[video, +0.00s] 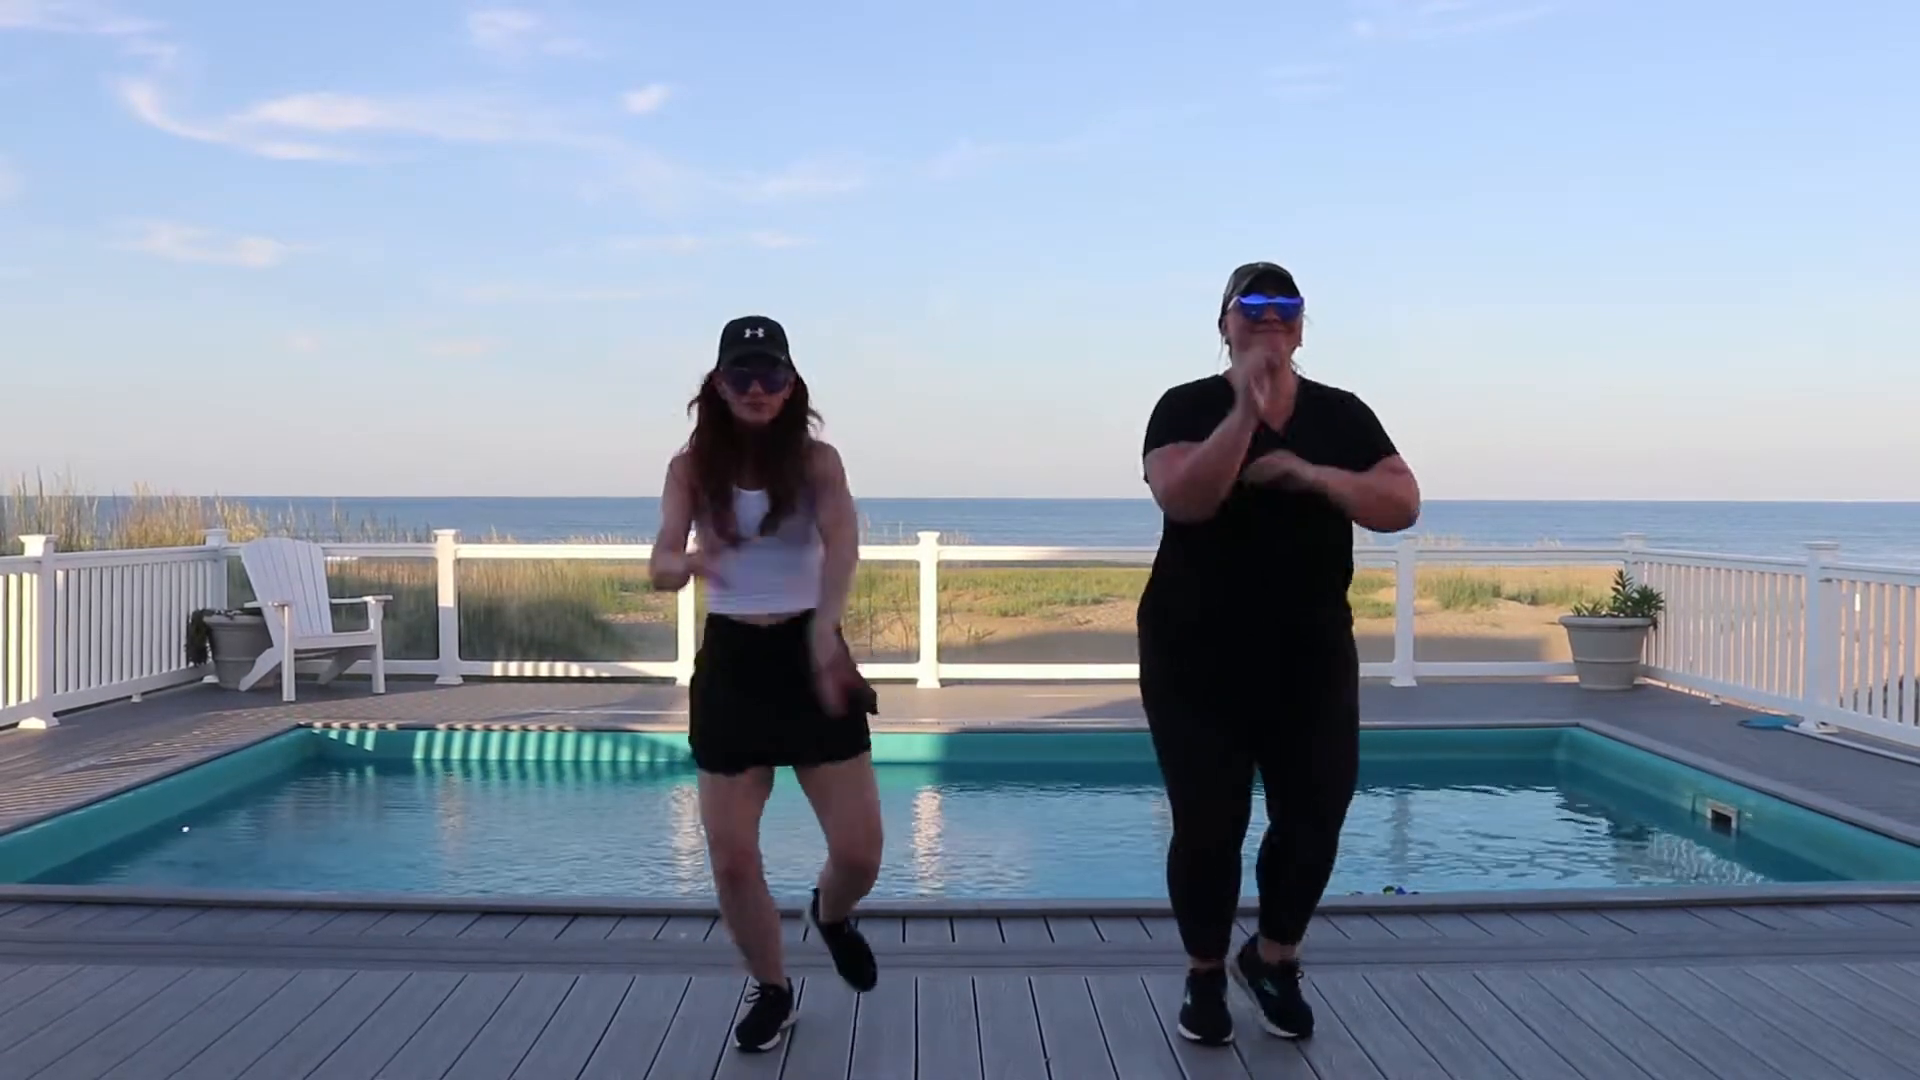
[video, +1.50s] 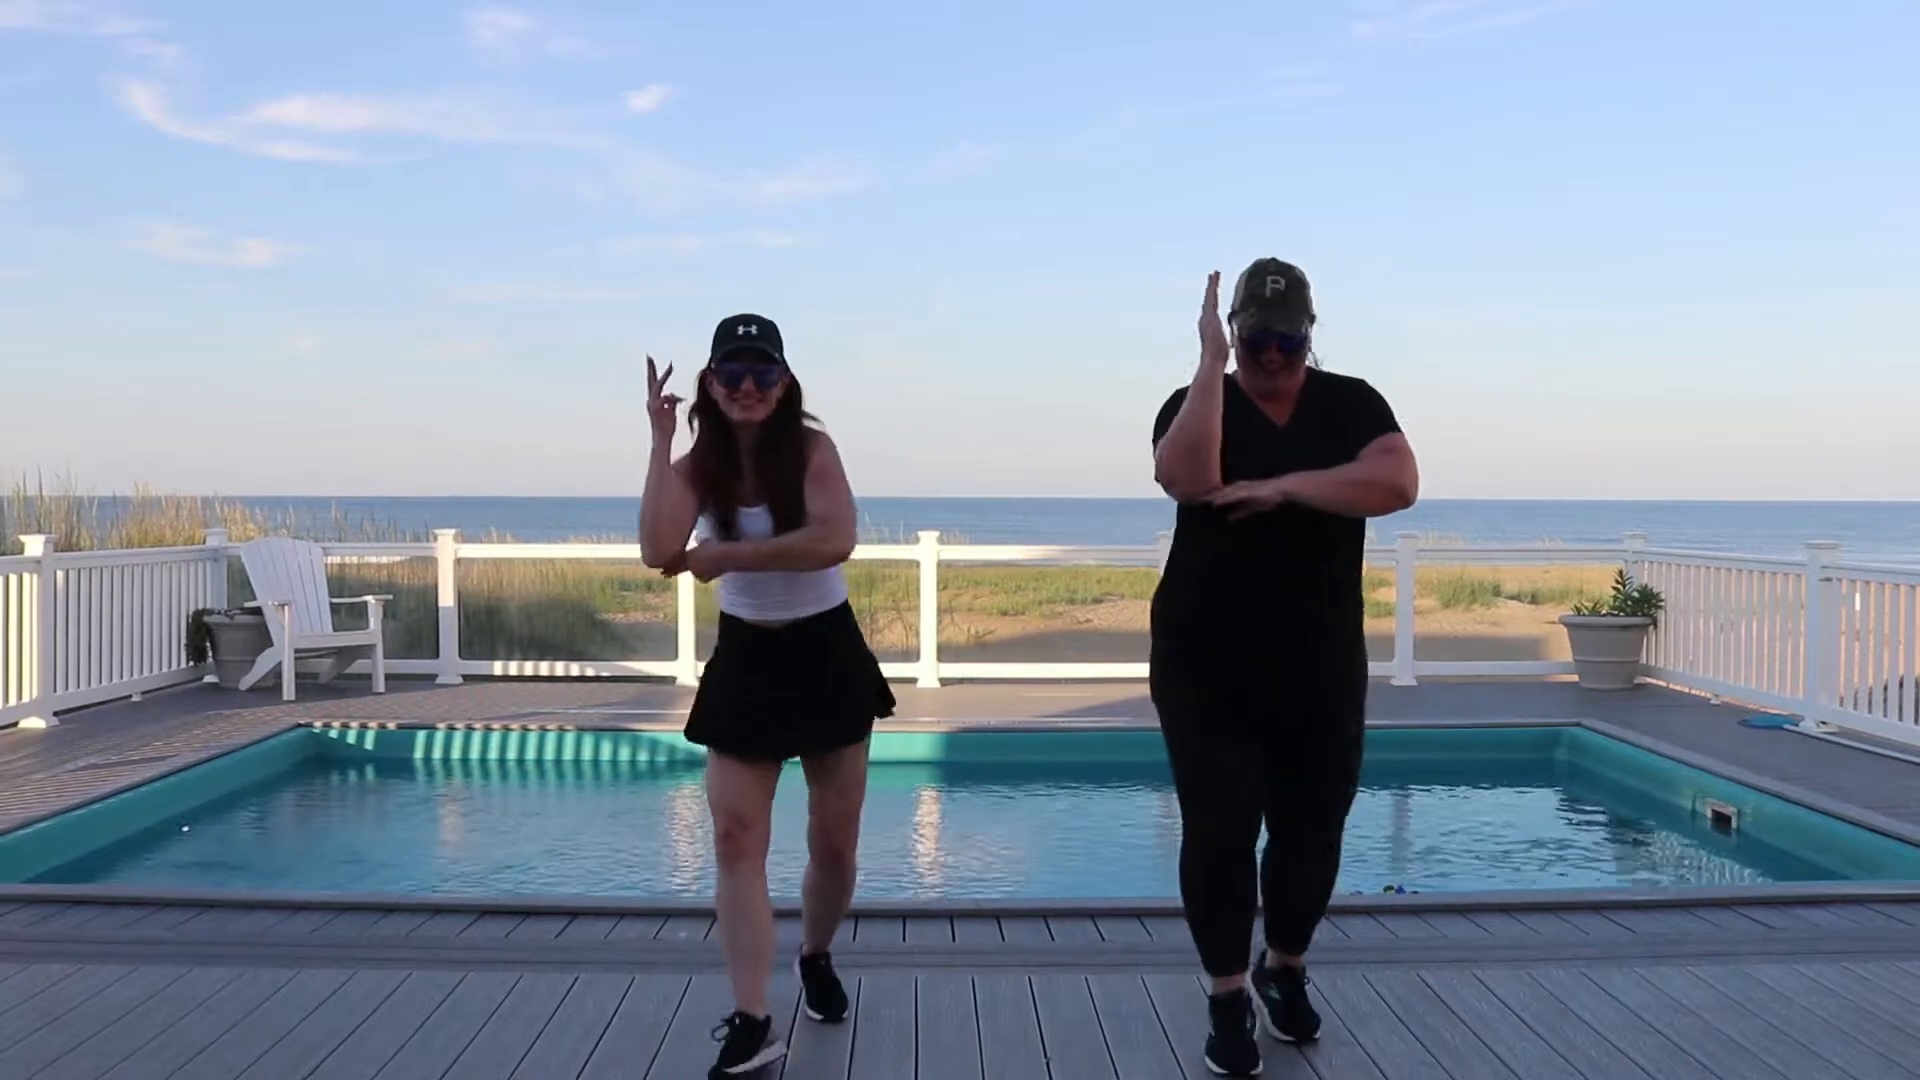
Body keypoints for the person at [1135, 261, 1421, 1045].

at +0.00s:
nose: (1270, 325)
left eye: (1284, 314)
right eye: (1254, 314)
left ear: (1302, 328)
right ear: (1225, 326)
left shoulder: (1342, 413)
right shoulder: (1184, 408)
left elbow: (1401, 502)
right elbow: (1182, 499)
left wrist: (1309, 473)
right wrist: (1246, 410)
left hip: (1311, 652)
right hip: (1198, 652)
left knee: (1315, 813)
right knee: (1207, 821)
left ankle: (1275, 957)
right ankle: (1206, 970)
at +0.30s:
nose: (1269, 318)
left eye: (1283, 309)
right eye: (1253, 307)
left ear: (1299, 328)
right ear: (1225, 326)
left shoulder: (1336, 410)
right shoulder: (1185, 413)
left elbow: (1371, 470)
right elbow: (1170, 506)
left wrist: (1355, 355)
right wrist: (1292, 489)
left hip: (1306, 653)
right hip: (1191, 656)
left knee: (1316, 819)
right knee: (1201, 820)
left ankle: (1302, 999)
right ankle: (1203, 978)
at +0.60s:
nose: (1276, 319)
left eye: (1289, 308)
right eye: (1260, 308)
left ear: (1306, 325)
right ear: (1231, 325)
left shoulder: (1342, 410)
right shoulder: (1191, 408)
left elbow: (1382, 477)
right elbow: (1172, 500)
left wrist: (1370, 365)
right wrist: (1295, 491)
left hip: (1323, 660)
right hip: (1210, 662)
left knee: (1313, 829)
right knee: (1213, 828)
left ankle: (1302, 993)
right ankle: (1217, 963)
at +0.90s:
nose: (1274, 334)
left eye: (1288, 320)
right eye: (1259, 320)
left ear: (1307, 323)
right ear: (1233, 324)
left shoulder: (1352, 400)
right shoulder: (1196, 399)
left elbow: (1412, 474)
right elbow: (1167, 460)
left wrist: (1328, 449)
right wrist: (1234, 468)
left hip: (1322, 657)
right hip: (1210, 656)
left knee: (1302, 824)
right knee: (1210, 821)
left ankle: (1279, 970)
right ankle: (1216, 958)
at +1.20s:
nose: (1278, 365)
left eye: (1294, 352)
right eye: (1264, 350)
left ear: (1315, 340)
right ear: (1238, 337)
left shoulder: (1354, 398)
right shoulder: (1196, 404)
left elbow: (1401, 474)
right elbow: (1197, 470)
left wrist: (1291, 474)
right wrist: (1209, 355)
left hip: (1325, 655)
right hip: (1211, 655)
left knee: (1309, 822)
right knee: (1223, 824)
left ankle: (1285, 973)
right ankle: (1231, 995)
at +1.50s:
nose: (1273, 356)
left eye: (1288, 343)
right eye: (1259, 342)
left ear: (1309, 335)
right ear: (1233, 334)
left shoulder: (1349, 401)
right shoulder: (1191, 407)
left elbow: (1398, 482)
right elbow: (1188, 479)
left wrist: (1287, 486)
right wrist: (1212, 363)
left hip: (1321, 662)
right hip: (1208, 663)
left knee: (1313, 829)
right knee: (1218, 830)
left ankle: (1285, 971)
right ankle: (1228, 995)